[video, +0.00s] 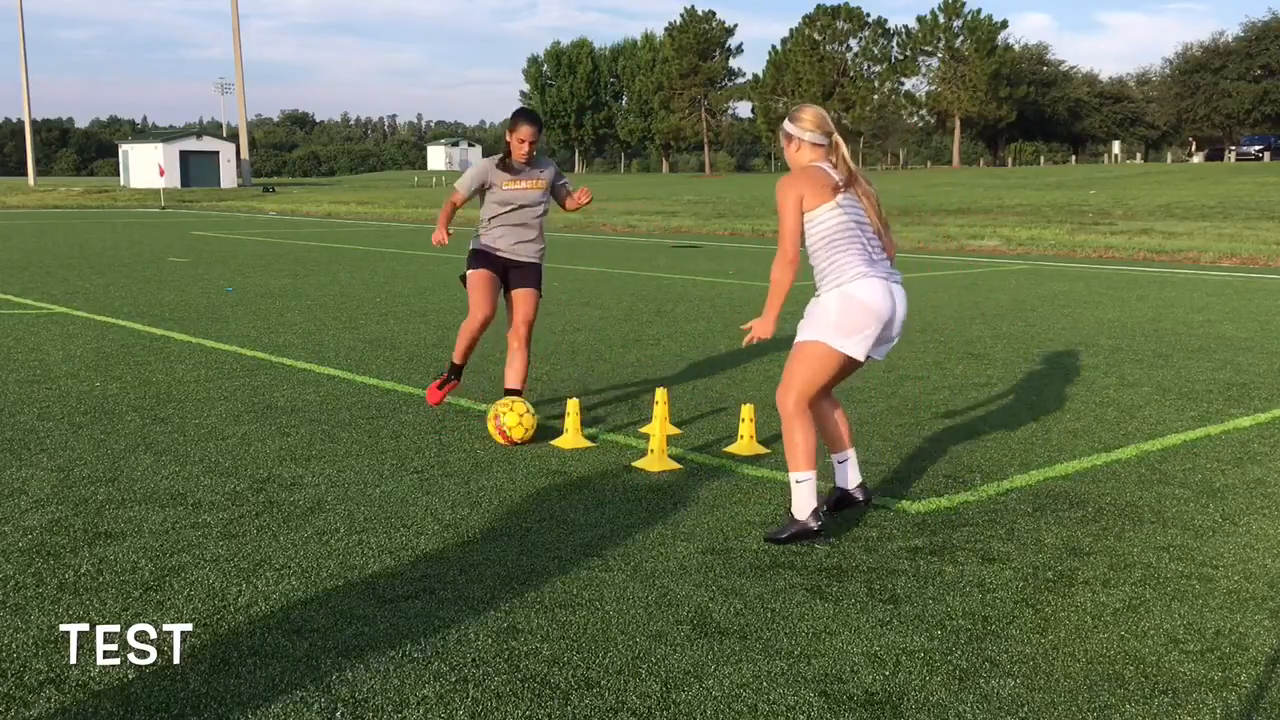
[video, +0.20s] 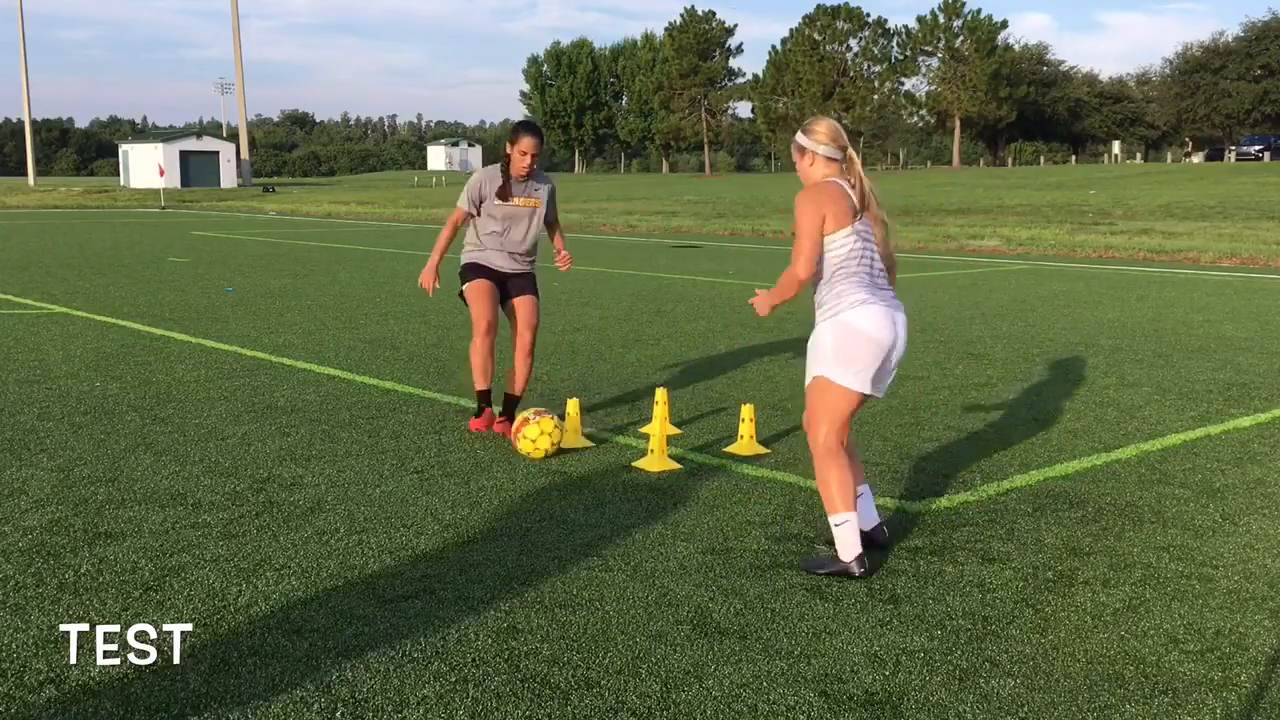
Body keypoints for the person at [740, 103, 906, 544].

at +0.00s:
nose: (784, 153)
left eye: (785, 145)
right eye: (784, 146)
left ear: (797, 143)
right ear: (826, 143)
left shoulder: (795, 181)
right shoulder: (854, 181)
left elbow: (788, 258)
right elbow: (886, 247)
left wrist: (768, 316)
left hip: (850, 296)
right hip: (887, 294)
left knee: (791, 396)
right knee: (818, 391)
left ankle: (805, 514)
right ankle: (851, 486)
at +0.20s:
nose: (796, 169)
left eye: (797, 160)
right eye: (795, 160)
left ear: (811, 156)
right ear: (839, 157)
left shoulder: (814, 195)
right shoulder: (864, 197)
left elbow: (803, 269)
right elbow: (885, 267)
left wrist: (771, 299)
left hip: (851, 320)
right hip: (886, 319)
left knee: (822, 435)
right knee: (834, 433)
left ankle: (849, 554)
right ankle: (869, 525)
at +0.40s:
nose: (813, 152)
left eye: (815, 143)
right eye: (813, 144)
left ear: (829, 140)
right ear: (857, 140)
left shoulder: (844, 172)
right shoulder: (887, 182)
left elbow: (814, 227)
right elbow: (925, 245)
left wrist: (765, 244)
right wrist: (935, 303)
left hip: (880, 307)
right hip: (902, 303)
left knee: (817, 408)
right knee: (818, 400)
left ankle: (864, 524)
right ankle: (855, 507)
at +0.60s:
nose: (849, 146)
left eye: (853, 137)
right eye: (849, 138)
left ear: (871, 136)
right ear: (888, 138)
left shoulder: (892, 165)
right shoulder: (901, 178)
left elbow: (819, 163)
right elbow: (917, 261)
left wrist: (818, 158)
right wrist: (868, 288)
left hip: (903, 319)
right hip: (890, 316)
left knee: (851, 423)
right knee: (840, 413)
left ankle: (882, 546)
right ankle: (872, 519)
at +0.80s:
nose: (879, 152)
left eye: (882, 143)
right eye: (879, 143)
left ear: (900, 138)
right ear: (919, 138)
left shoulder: (920, 157)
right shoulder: (941, 175)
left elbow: (906, 169)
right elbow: (981, 230)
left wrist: (869, 186)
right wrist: (1029, 257)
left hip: (924, 311)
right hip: (895, 311)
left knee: (896, 424)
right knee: (832, 392)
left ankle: (950, 523)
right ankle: (859, 503)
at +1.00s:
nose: (895, 177)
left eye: (895, 167)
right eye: (893, 168)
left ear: (915, 158)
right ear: (926, 157)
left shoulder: (937, 199)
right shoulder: (959, 195)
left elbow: (930, 271)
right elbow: (1003, 248)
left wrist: (887, 312)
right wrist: (1040, 290)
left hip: (946, 328)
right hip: (934, 326)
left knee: (893, 428)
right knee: (848, 386)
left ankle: (949, 521)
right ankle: (809, 486)